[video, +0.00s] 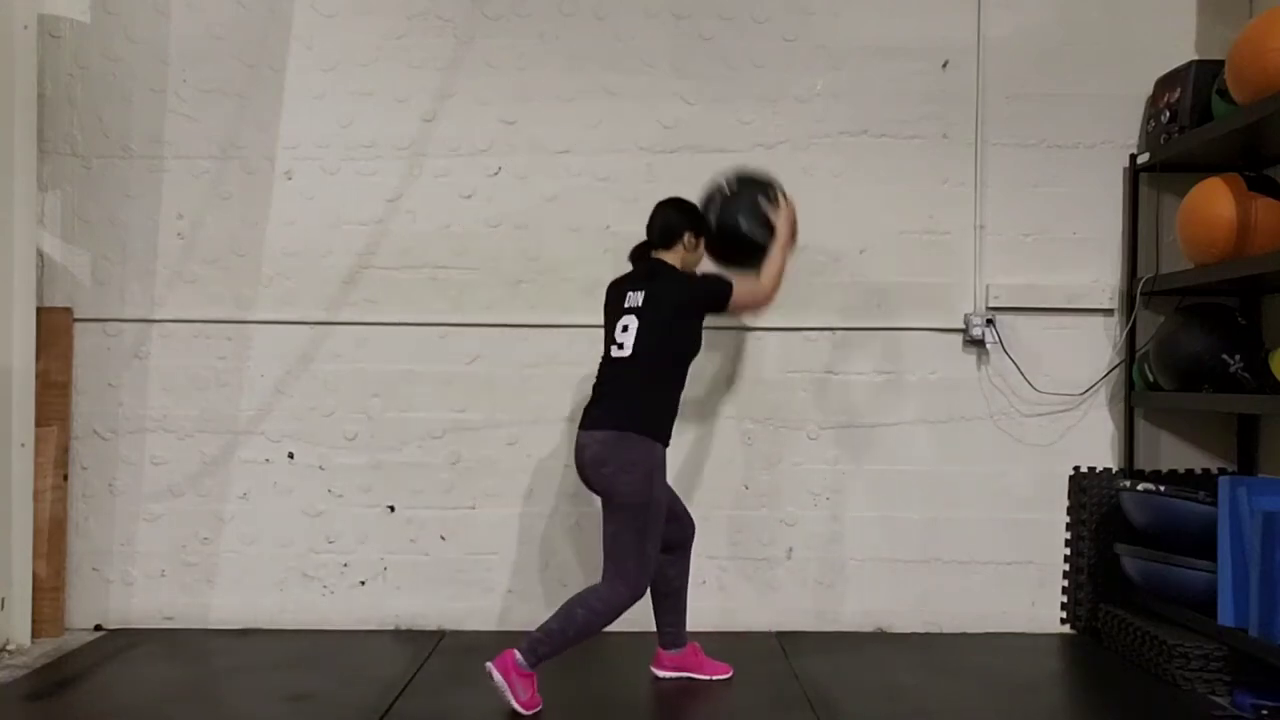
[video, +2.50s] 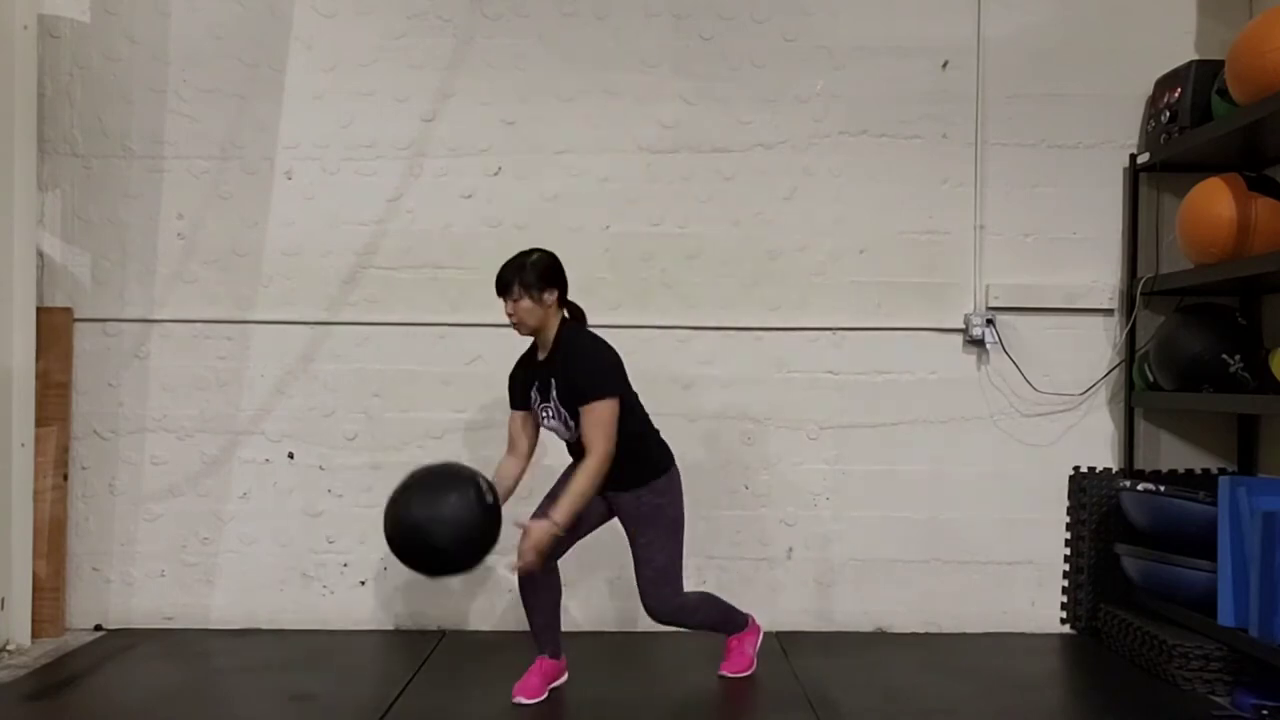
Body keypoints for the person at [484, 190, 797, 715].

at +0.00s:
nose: (702, 254)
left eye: (701, 245)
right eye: (700, 245)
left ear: (653, 239)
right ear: (687, 242)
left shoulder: (620, 286)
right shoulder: (685, 287)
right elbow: (759, 294)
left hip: (595, 446)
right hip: (632, 451)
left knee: (678, 532)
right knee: (626, 582)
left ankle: (673, 650)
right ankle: (522, 660)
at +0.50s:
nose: (734, 314)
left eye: (735, 306)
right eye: (734, 305)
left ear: (685, 301)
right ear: (721, 303)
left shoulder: (657, 348)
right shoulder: (720, 366)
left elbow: (660, 424)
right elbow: (733, 452)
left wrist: (733, 461)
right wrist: (748, 503)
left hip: (601, 476)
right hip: (620, 485)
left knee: (695, 534)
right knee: (628, 622)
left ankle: (676, 650)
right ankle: (516, 666)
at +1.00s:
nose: (697, 242)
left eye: (697, 234)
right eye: (695, 233)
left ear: (653, 233)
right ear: (674, 230)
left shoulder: (640, 282)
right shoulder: (678, 278)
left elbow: (685, 360)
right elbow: (749, 325)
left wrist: (726, 301)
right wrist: (774, 290)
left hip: (626, 433)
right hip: (638, 435)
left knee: (691, 535)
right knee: (631, 561)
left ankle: (671, 650)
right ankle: (529, 651)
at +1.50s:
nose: (653, 207)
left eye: (662, 199)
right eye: (643, 197)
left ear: (671, 210)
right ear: (621, 204)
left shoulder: (681, 265)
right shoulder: (603, 252)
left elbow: (750, 242)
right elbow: (608, 176)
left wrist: (725, 173)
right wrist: (643, 116)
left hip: (665, 425)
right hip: (606, 423)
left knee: (695, 533)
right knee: (580, 543)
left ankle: (676, 645)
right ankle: (552, 655)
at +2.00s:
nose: (562, 237)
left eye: (570, 227)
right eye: (557, 229)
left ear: (599, 226)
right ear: (558, 235)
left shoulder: (634, 276)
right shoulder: (568, 281)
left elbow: (594, 242)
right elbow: (506, 260)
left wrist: (585, 157)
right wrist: (499, 188)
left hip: (655, 446)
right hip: (599, 446)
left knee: (680, 560)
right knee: (548, 540)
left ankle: (743, 627)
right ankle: (548, 657)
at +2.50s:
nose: (507, 309)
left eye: (515, 298)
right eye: (504, 299)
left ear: (551, 298)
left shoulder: (591, 358)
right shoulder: (525, 373)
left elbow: (598, 455)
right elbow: (517, 452)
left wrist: (551, 523)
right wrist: (483, 505)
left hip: (647, 483)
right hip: (591, 479)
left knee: (663, 603)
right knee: (534, 551)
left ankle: (744, 627)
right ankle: (550, 659)